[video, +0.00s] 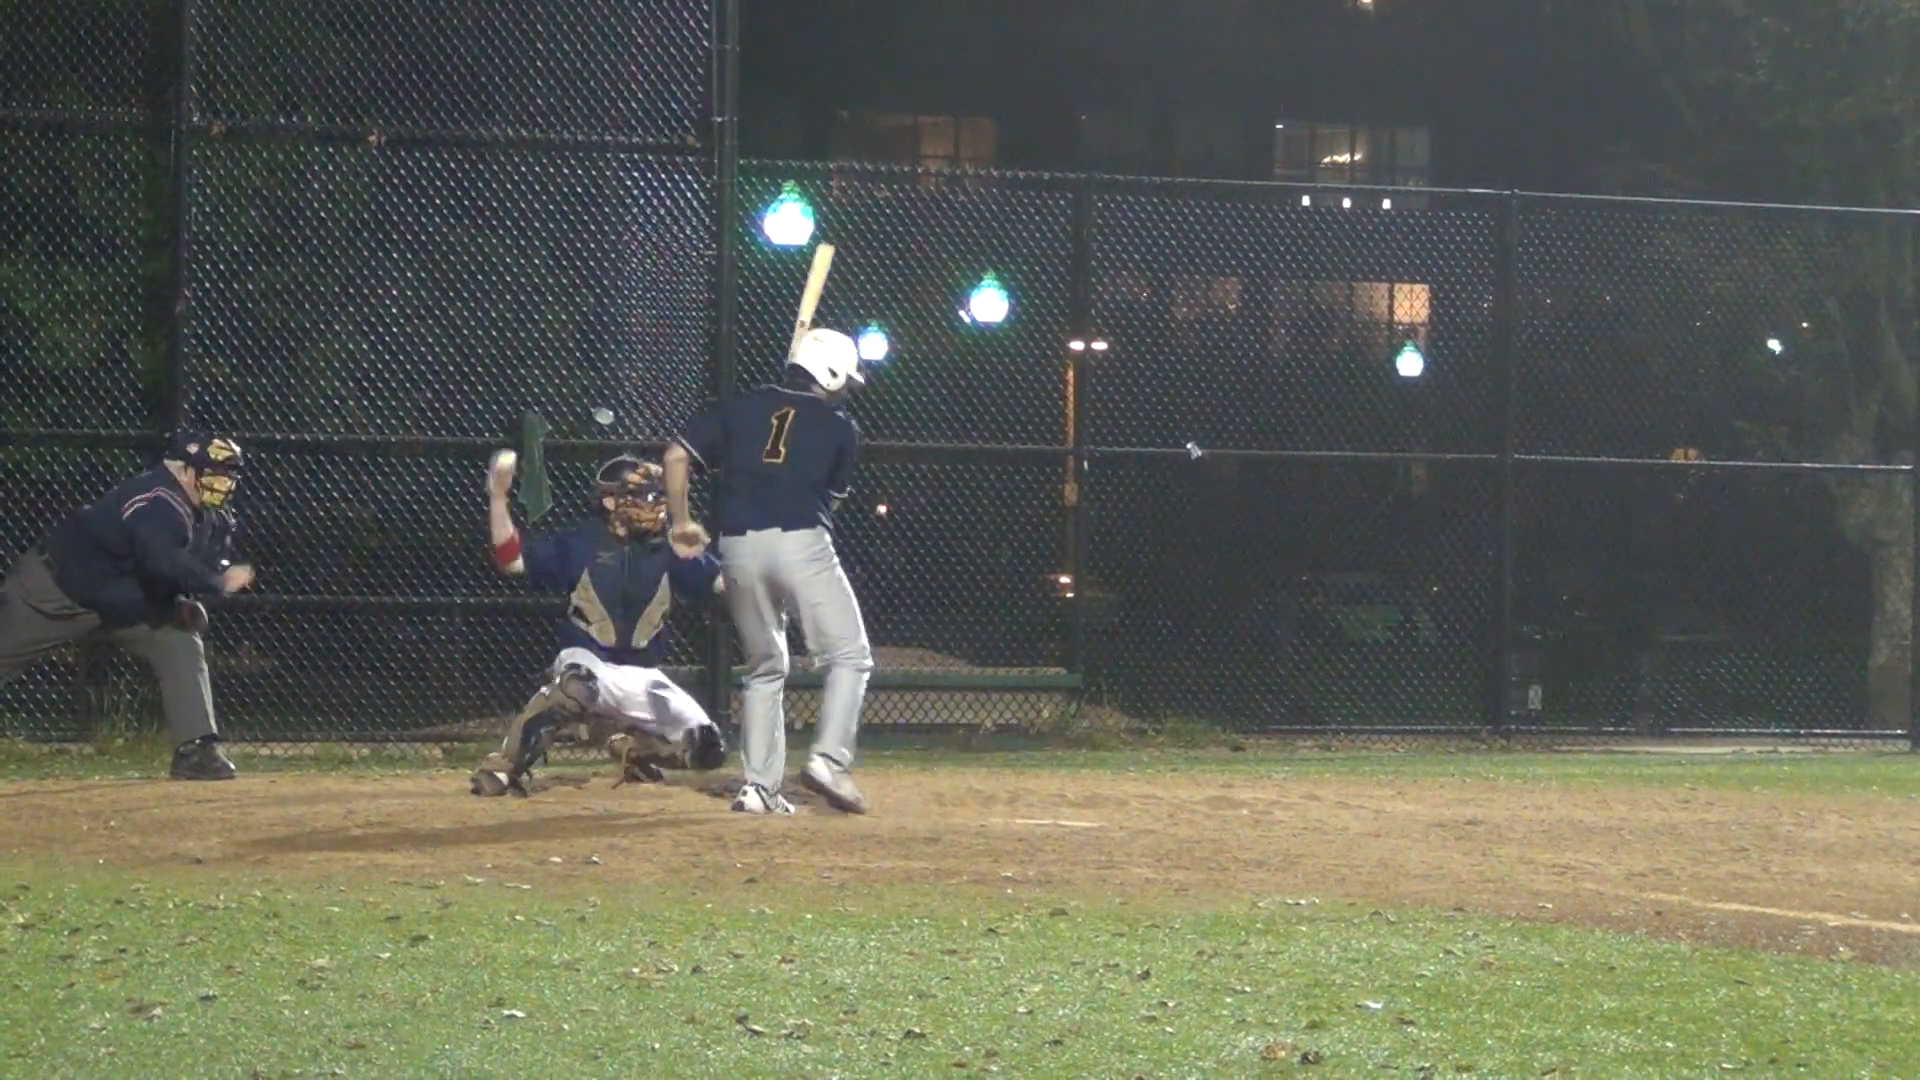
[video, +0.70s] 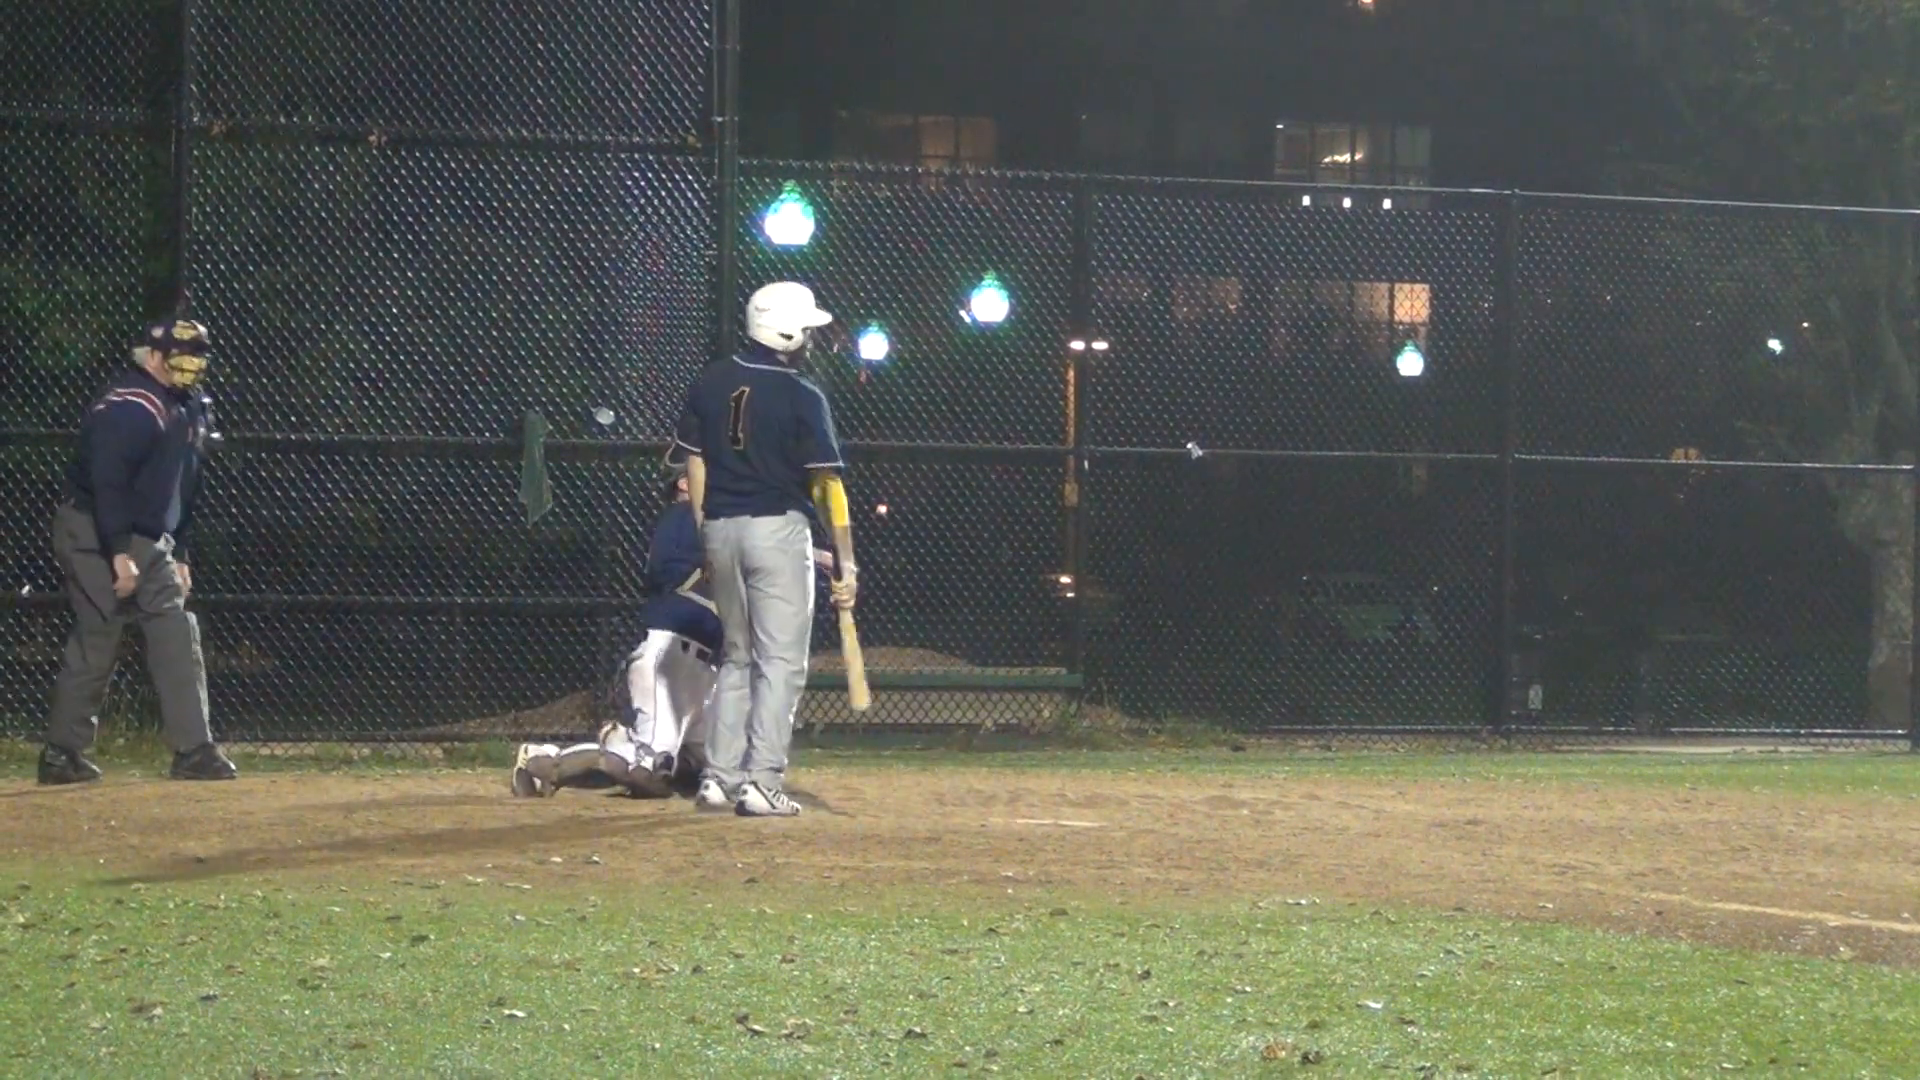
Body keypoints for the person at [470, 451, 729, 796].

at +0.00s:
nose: (652, 505)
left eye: (655, 497)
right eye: (640, 497)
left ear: (664, 500)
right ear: (610, 501)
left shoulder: (668, 552)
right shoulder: (582, 543)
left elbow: (725, 589)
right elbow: (511, 560)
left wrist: (698, 556)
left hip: (642, 672)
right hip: (586, 660)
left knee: (708, 748)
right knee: (577, 686)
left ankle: (636, 751)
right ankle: (506, 765)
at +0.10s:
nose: (644, 497)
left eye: (651, 490)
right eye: (635, 489)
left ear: (662, 496)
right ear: (616, 497)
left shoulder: (674, 543)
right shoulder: (584, 532)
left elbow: (712, 581)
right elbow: (526, 510)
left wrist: (692, 540)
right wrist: (534, 456)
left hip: (655, 674)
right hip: (598, 658)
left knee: (716, 771)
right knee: (581, 703)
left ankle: (646, 758)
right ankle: (507, 769)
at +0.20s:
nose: (656, 495)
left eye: (664, 486)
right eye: (645, 487)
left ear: (680, 492)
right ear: (630, 494)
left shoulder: (698, 541)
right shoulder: (606, 534)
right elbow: (543, 505)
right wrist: (593, 463)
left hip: (673, 677)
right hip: (620, 660)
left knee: (719, 777)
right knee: (594, 725)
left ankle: (642, 761)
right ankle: (507, 774)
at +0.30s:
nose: (685, 492)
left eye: (688, 484)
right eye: (674, 485)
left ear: (699, 490)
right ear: (656, 494)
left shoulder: (711, 541)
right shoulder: (647, 522)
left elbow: (727, 622)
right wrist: (559, 464)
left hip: (685, 674)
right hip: (644, 655)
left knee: (725, 774)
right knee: (612, 744)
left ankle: (634, 765)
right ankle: (515, 774)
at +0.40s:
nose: (694, 486)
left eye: (695, 478)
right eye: (685, 479)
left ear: (701, 482)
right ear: (670, 487)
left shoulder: (713, 527)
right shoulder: (660, 515)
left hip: (691, 666)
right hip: (652, 651)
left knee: (724, 771)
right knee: (647, 761)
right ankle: (543, 770)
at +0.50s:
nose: (698, 482)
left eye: (699, 475)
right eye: (689, 476)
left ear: (710, 483)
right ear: (675, 488)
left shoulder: (720, 532)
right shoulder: (672, 521)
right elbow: (655, 569)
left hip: (697, 666)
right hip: (657, 654)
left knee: (725, 764)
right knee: (651, 764)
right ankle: (547, 768)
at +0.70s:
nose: (710, 480)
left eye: (711, 472)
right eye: (701, 472)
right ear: (684, 485)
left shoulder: (731, 526)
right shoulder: (683, 517)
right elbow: (668, 572)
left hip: (717, 666)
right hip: (668, 651)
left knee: (707, 771)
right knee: (654, 771)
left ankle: (620, 740)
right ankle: (543, 761)